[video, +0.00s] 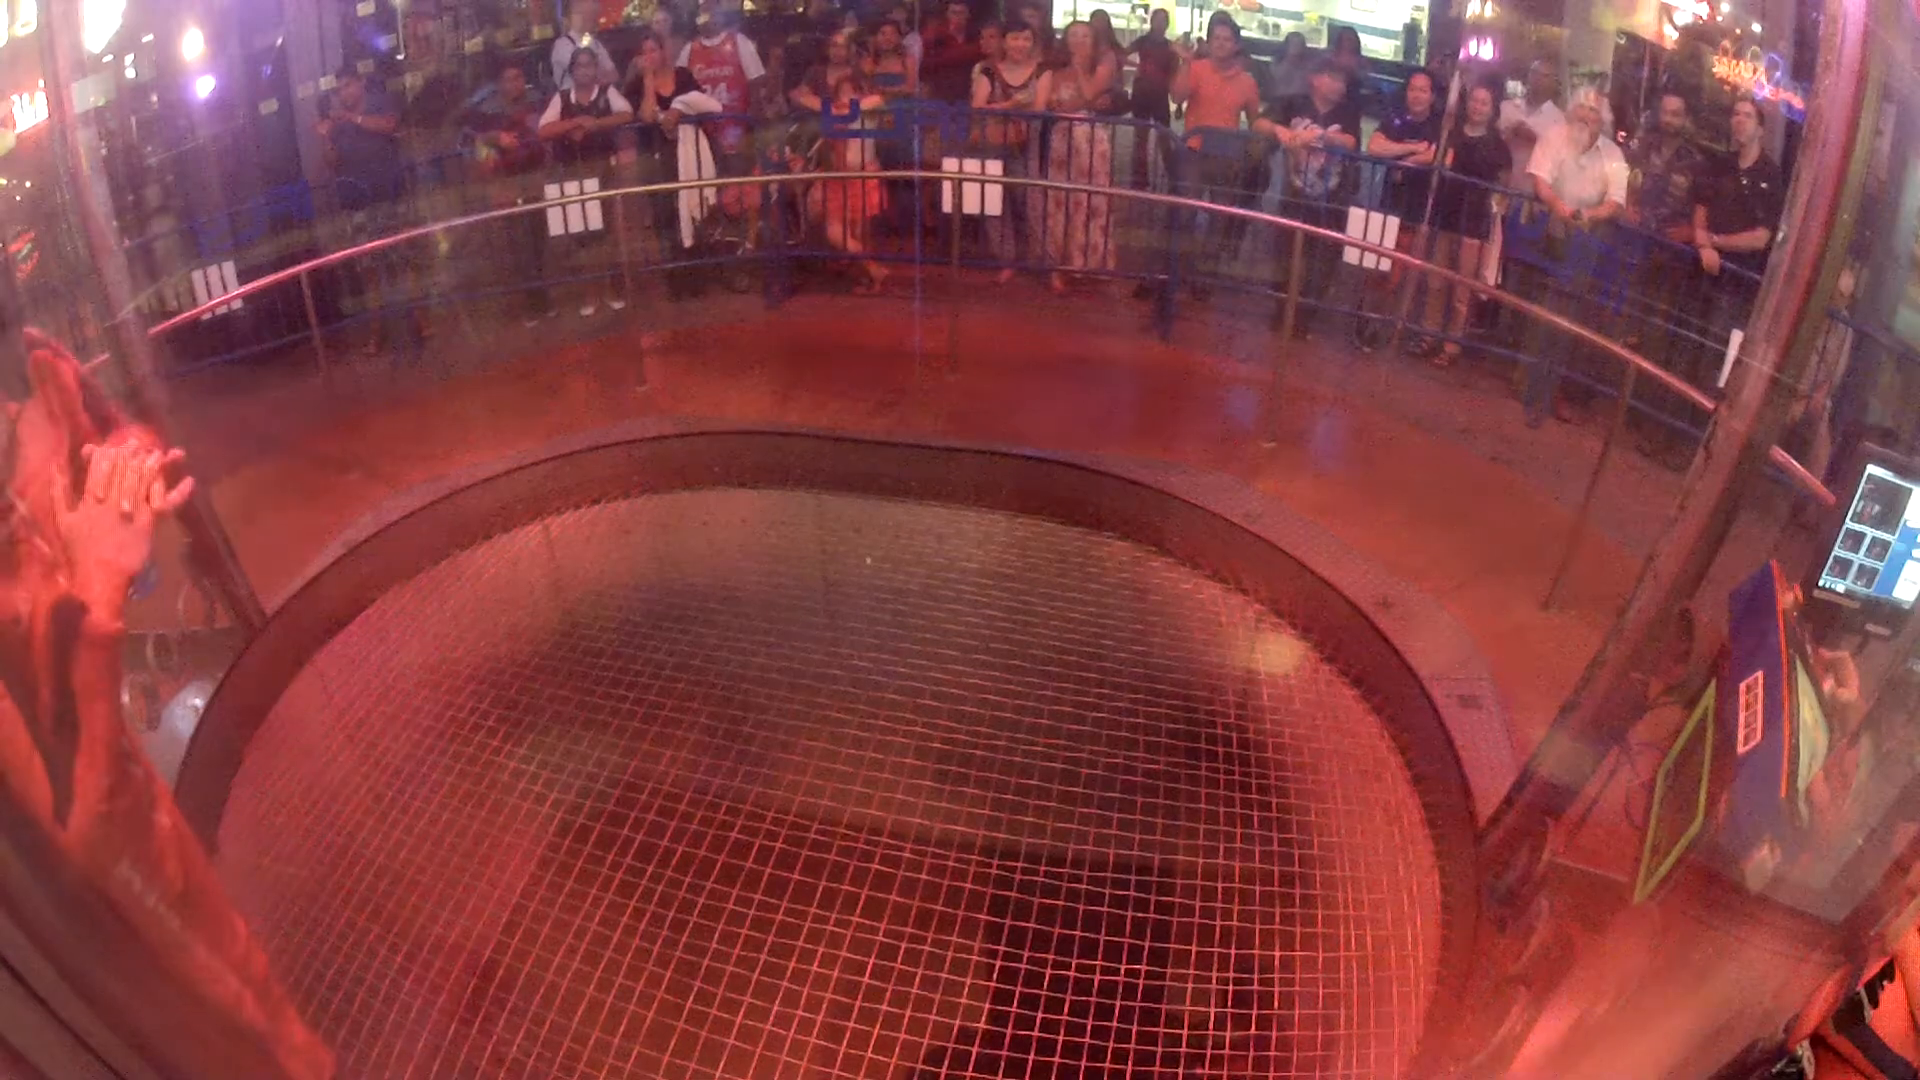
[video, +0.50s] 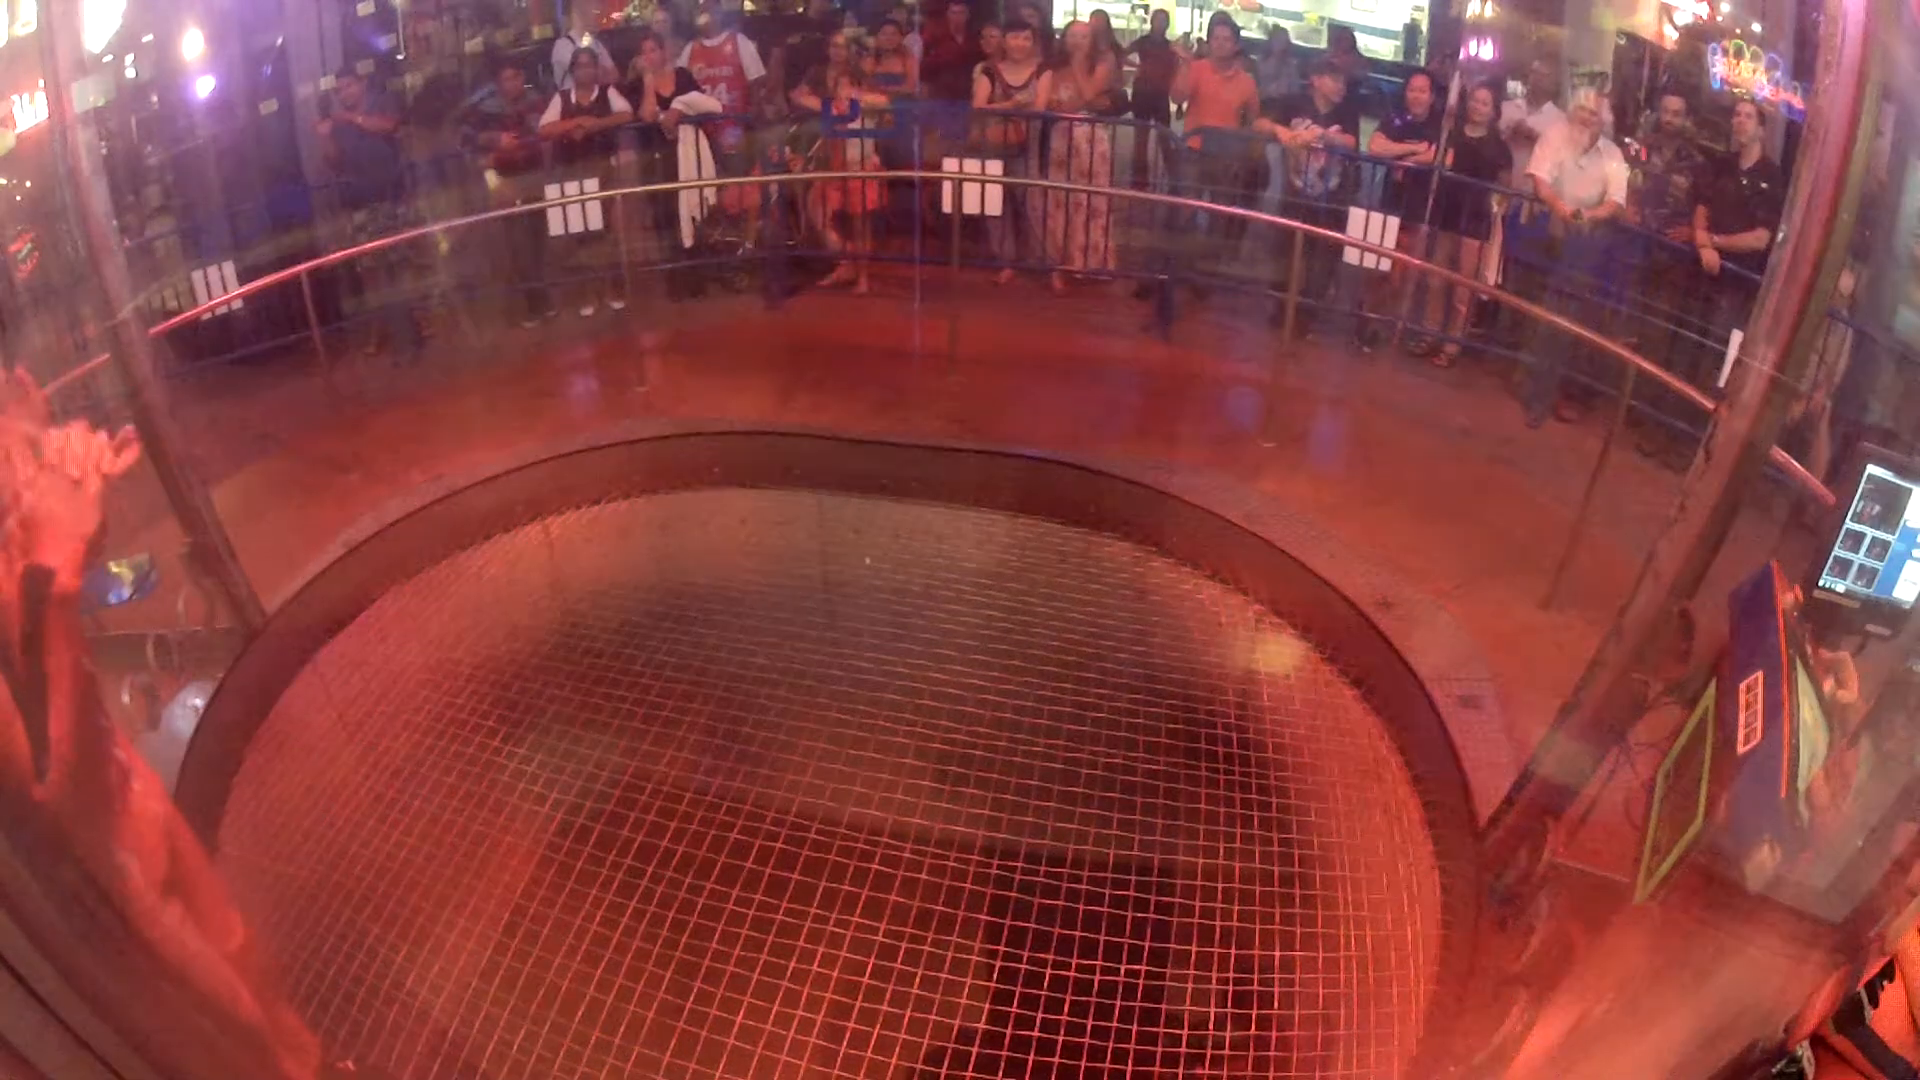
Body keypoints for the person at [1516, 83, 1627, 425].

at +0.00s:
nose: (1585, 118)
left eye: (1593, 113)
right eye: (1581, 110)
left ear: (1603, 119)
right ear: (1570, 111)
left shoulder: (1613, 154)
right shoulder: (1555, 136)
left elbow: (1616, 201)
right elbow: (1540, 182)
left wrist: (1591, 214)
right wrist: (1559, 208)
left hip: (1586, 234)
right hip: (1548, 224)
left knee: (1569, 308)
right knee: (1540, 304)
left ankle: (1550, 388)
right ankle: (1531, 387)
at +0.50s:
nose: (1585, 120)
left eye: (1592, 116)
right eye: (1581, 112)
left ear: (1603, 121)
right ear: (1571, 112)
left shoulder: (1612, 154)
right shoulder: (1556, 135)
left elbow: (1616, 200)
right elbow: (1539, 179)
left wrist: (1591, 215)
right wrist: (1560, 208)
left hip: (1588, 230)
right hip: (1550, 222)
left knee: (1573, 302)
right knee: (1542, 298)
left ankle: (1556, 387)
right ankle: (1533, 383)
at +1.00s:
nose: (1586, 119)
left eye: (1594, 115)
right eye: (1582, 111)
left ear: (1603, 120)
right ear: (1571, 111)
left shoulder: (1612, 154)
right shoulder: (1556, 135)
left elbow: (1616, 201)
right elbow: (1539, 179)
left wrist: (1591, 215)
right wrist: (1560, 208)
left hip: (1588, 230)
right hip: (1550, 222)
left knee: (1574, 303)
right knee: (1542, 298)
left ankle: (1558, 388)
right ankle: (1532, 382)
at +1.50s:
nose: (1586, 117)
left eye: (1593, 113)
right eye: (1582, 109)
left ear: (1603, 119)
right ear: (1571, 110)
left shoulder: (1612, 153)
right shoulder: (1555, 136)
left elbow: (1616, 200)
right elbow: (1539, 178)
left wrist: (1591, 215)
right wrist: (1561, 209)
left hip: (1588, 229)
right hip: (1550, 221)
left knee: (1572, 303)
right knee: (1541, 298)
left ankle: (1551, 388)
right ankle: (1532, 382)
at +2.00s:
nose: (1585, 118)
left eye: (1592, 114)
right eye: (1580, 111)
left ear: (1603, 119)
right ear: (1570, 111)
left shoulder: (1612, 154)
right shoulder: (1554, 138)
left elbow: (1616, 200)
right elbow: (1540, 182)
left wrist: (1591, 215)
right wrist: (1560, 208)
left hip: (1588, 229)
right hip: (1551, 221)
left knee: (1573, 303)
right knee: (1541, 298)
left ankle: (1553, 388)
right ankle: (1529, 379)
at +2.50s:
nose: (1585, 118)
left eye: (1592, 114)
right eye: (1581, 111)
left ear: (1603, 120)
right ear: (1570, 111)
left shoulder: (1612, 154)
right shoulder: (1555, 136)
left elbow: (1616, 201)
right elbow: (1540, 181)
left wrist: (1590, 215)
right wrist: (1560, 209)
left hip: (1587, 229)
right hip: (1551, 220)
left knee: (1572, 302)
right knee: (1539, 297)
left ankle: (1555, 387)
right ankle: (1527, 378)